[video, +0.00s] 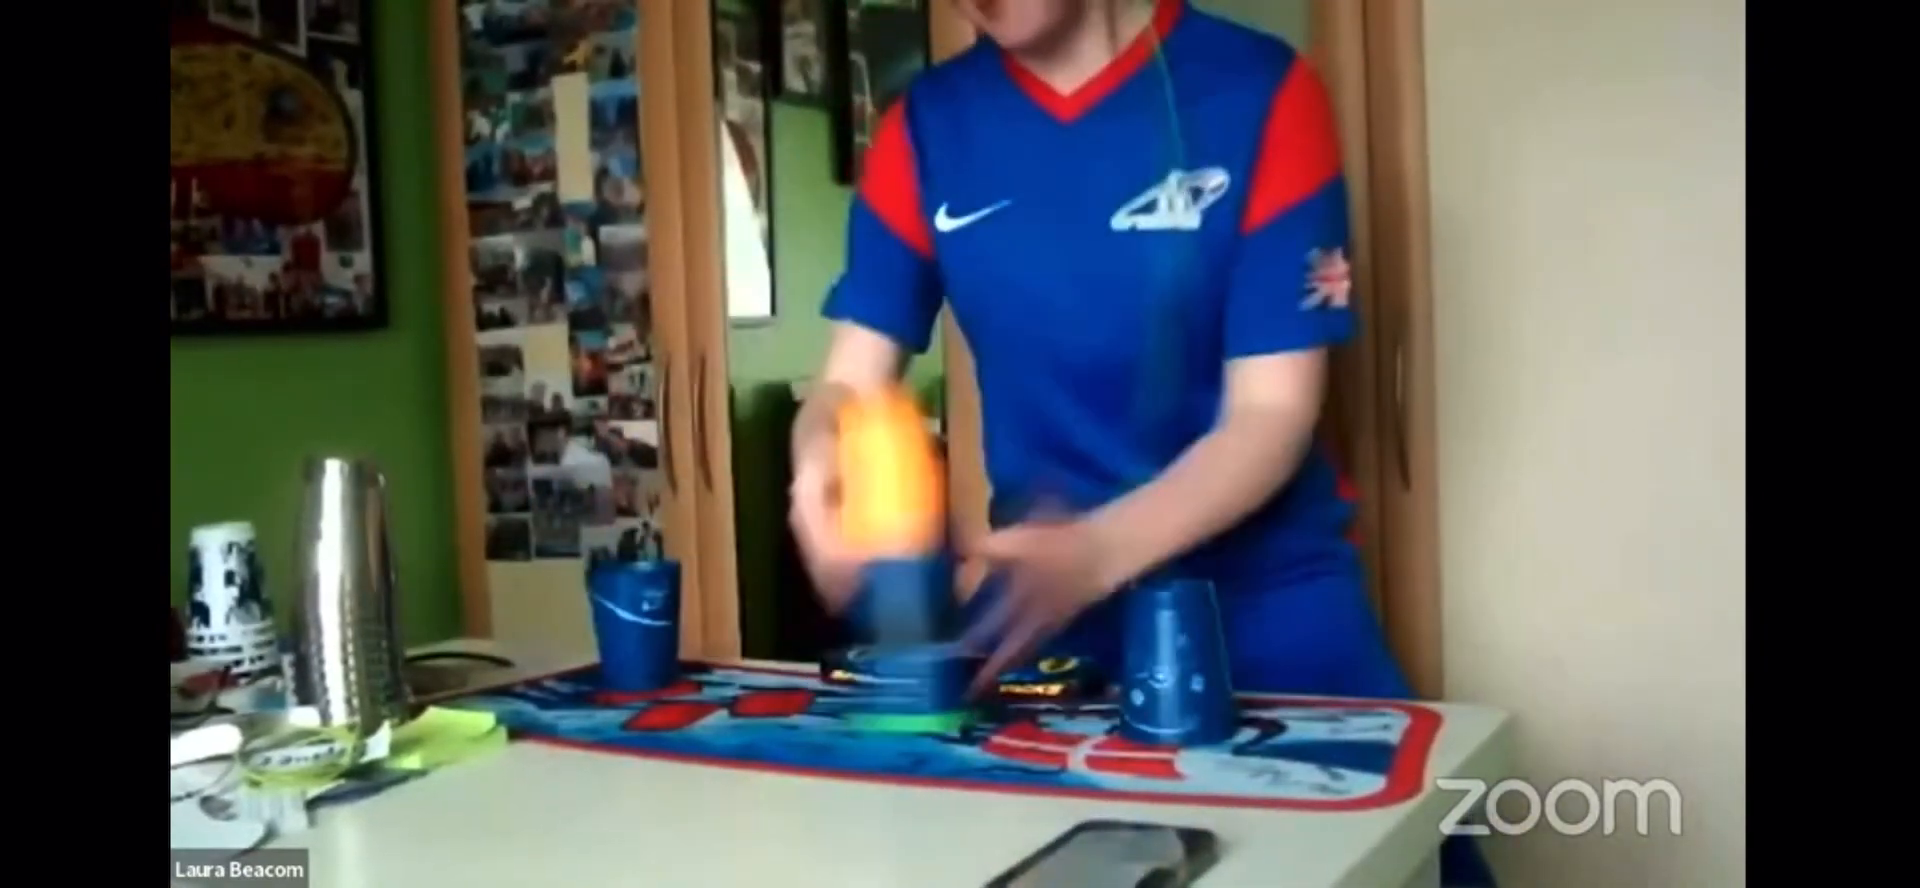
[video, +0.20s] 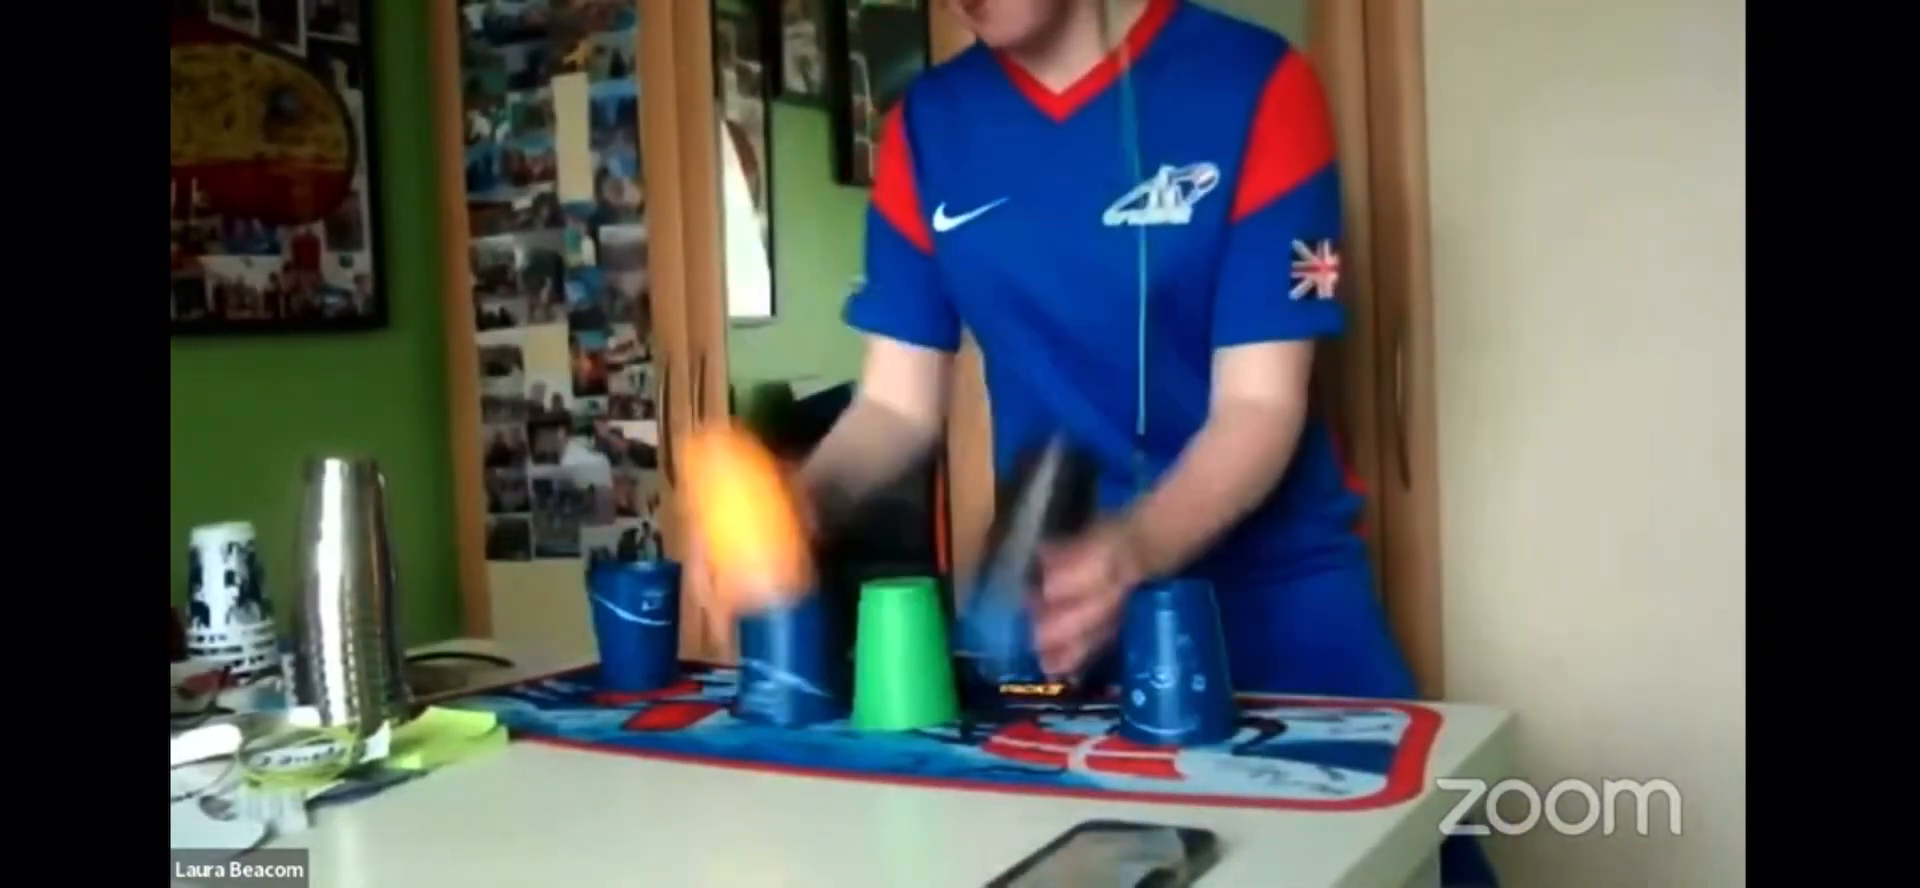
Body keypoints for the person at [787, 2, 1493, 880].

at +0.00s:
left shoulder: (1258, 95)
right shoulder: (928, 128)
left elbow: (1273, 412)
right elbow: (852, 380)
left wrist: (1098, 550)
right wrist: (828, 465)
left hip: (1266, 606)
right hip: (1048, 625)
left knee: (1382, 860)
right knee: (1057, 871)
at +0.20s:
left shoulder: (1252, 85)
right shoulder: (928, 127)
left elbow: (1261, 405)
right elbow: (895, 406)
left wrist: (1131, 549)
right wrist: (791, 513)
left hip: (1272, 582)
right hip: (1059, 601)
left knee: (1392, 852)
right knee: (1084, 867)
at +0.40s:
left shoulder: (1247, 80)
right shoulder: (928, 125)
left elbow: (1245, 405)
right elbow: (904, 409)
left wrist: (1023, 464)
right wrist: (807, 480)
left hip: (1269, 601)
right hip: (1057, 613)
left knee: (1366, 853)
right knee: (1069, 864)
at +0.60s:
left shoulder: (1245, 65)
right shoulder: (930, 114)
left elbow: (1249, 390)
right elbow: (900, 384)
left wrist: (1068, 453)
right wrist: (781, 414)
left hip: (1262, 588)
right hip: (1047, 602)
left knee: (1399, 855)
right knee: (1057, 868)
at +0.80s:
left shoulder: (1250, 51)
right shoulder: (936, 102)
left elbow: (1269, 378)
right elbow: (898, 372)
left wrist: (1064, 391)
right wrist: (773, 290)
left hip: (1272, 603)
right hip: (1045, 622)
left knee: (1369, 855)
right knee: (1073, 868)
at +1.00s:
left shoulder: (1284, 95)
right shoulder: (947, 95)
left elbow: (1316, 410)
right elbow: (726, 274)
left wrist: (1245, 567)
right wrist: (608, 442)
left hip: (1277, 649)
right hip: (1045, 668)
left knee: (1337, 869)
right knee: (1073, 873)